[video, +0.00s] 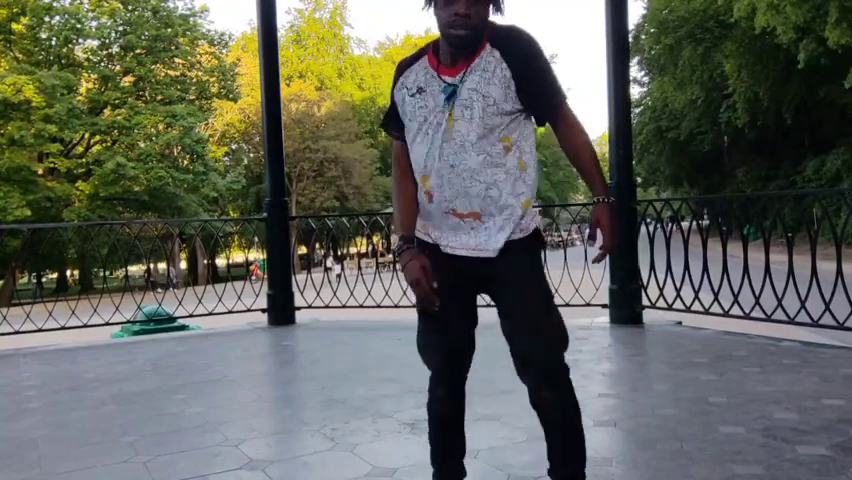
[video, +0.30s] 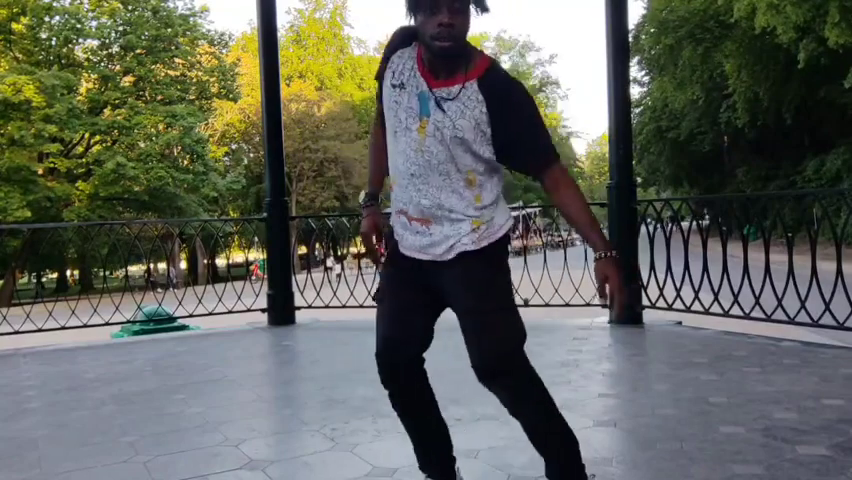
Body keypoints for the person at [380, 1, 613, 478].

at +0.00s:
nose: (462, 11)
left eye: (474, 3)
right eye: (451, 2)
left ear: (490, 8)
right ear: (434, 7)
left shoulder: (513, 47)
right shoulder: (408, 73)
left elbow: (563, 121)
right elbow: (403, 166)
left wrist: (602, 197)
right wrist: (406, 244)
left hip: (512, 247)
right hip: (441, 251)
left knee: (545, 373)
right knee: (445, 380)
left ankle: (568, 473)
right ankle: (447, 473)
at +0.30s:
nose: (446, 19)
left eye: (457, 9)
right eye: (433, 9)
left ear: (470, 14)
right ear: (415, 16)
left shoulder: (497, 91)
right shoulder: (399, 52)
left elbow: (550, 171)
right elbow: (383, 126)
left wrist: (603, 248)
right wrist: (370, 202)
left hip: (475, 251)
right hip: (409, 249)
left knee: (501, 367)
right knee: (395, 361)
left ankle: (567, 468)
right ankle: (440, 471)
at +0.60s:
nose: (388, 32)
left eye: (400, 22)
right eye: (378, 22)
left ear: (420, 27)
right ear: (364, 29)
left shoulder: (454, 90)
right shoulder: (354, 78)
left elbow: (439, 188)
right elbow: (324, 123)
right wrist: (301, 177)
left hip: (458, 261)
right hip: (385, 260)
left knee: (470, 364)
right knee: (356, 370)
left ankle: (480, 446)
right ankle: (415, 468)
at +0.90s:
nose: (381, 34)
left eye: (392, 25)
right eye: (372, 26)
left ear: (411, 31)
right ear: (360, 37)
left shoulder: (433, 60)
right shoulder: (358, 116)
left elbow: (447, 134)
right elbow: (340, 192)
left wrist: (368, 190)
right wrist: (280, 213)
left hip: (431, 251)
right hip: (368, 254)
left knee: (436, 360)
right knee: (374, 367)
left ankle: (400, 393)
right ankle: (398, 471)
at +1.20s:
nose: (379, 28)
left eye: (390, 18)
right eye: (369, 19)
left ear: (406, 24)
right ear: (358, 28)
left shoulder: (431, 79)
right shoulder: (342, 99)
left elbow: (468, 148)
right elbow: (343, 185)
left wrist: (496, 172)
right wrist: (316, 247)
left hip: (415, 199)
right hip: (356, 221)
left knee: (403, 271)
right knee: (368, 354)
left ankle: (428, 365)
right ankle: (415, 469)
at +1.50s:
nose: (350, 39)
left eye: (362, 29)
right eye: (340, 29)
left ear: (379, 30)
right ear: (326, 33)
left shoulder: (420, 60)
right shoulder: (327, 105)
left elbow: (498, 46)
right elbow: (317, 179)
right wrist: (261, 221)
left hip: (424, 233)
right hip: (354, 242)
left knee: (422, 330)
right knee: (347, 351)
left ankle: (346, 354)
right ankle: (393, 468)